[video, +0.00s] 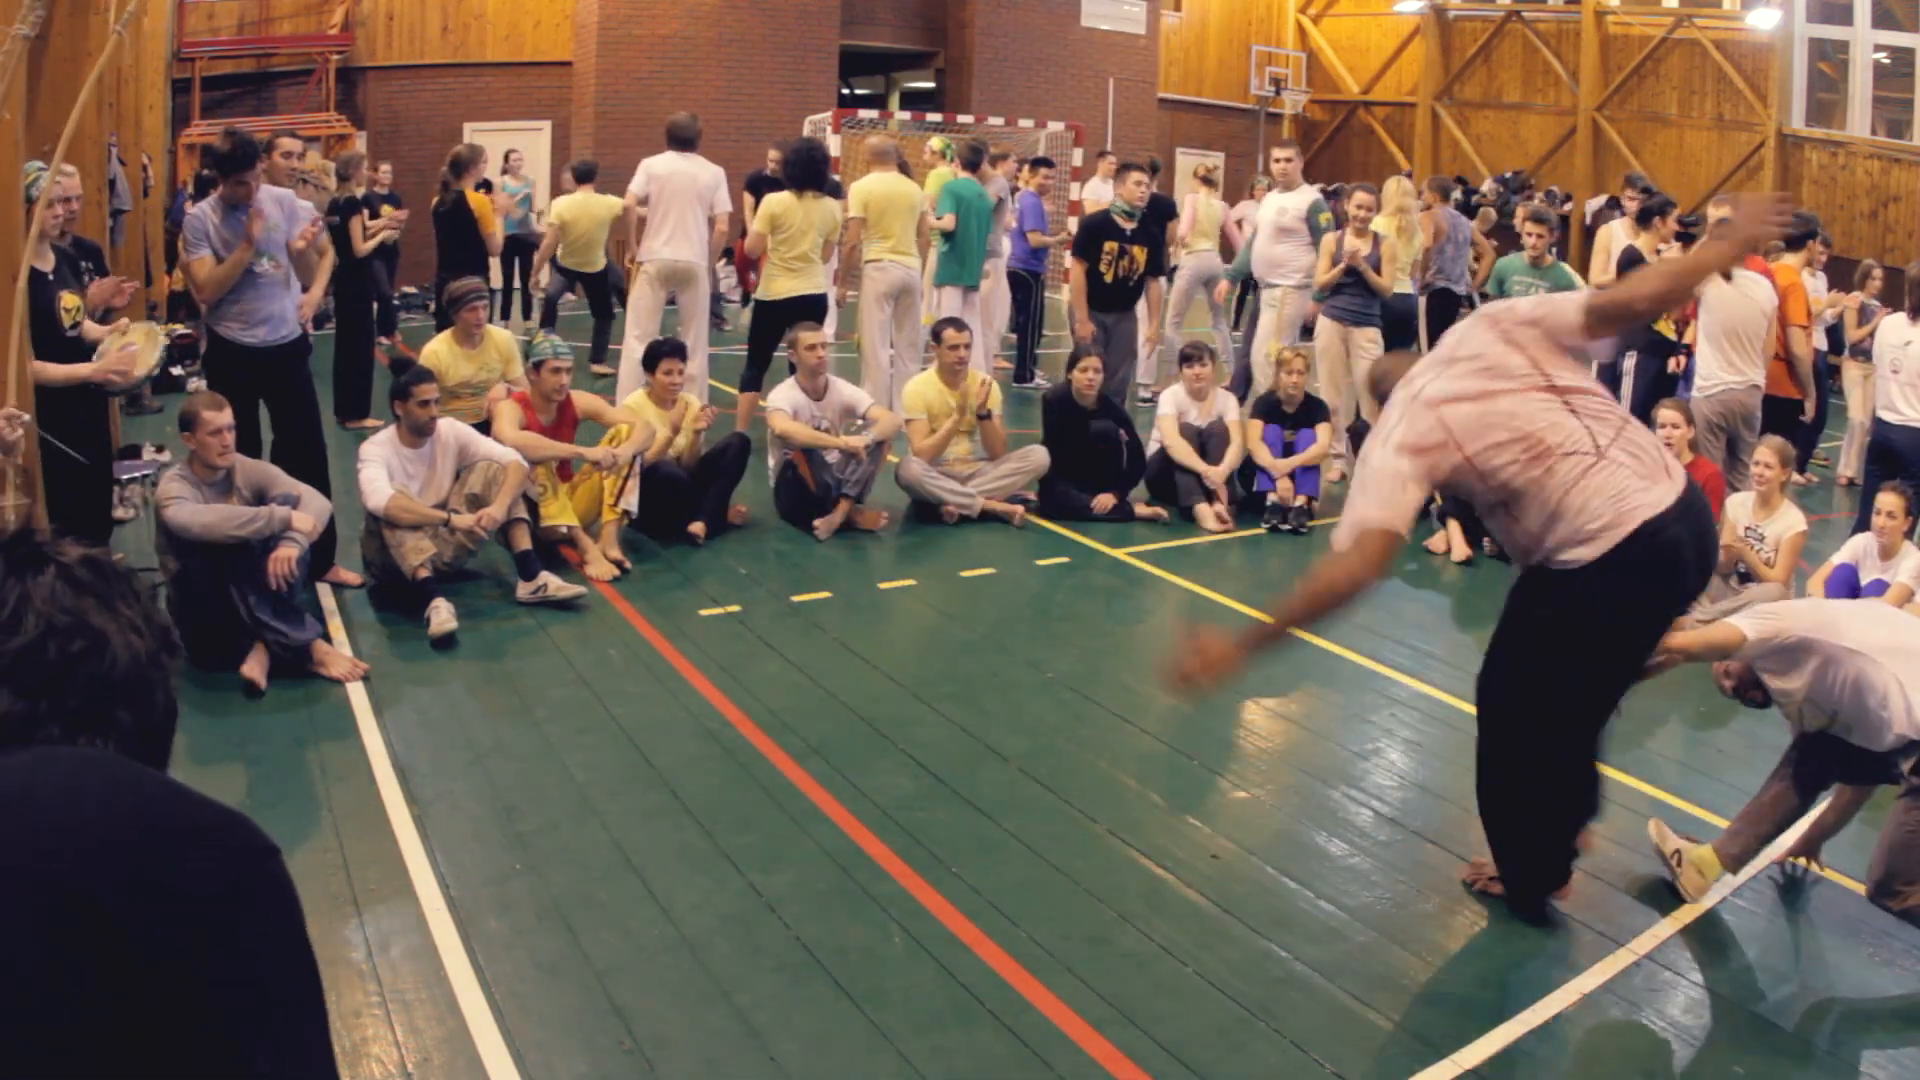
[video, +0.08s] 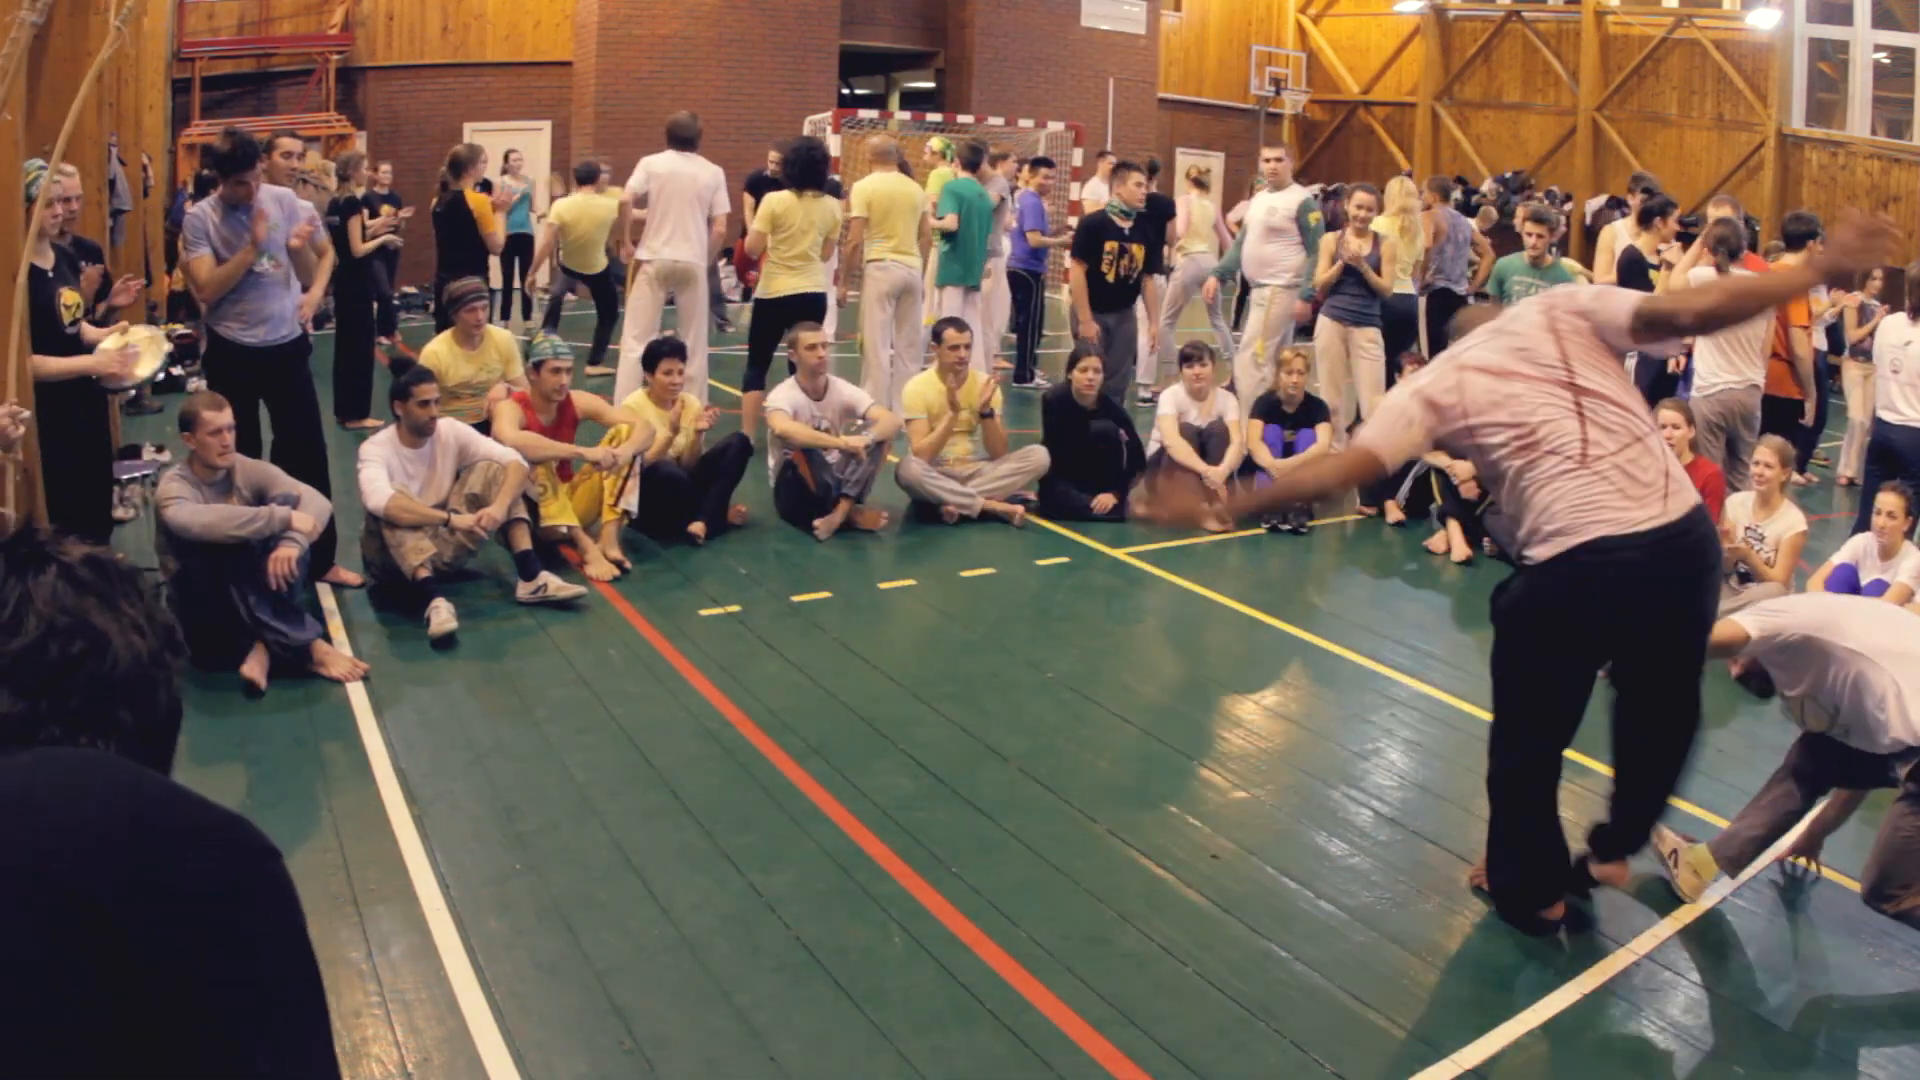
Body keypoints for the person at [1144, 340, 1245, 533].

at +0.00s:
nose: (1197, 372)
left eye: (1203, 365)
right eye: (1189, 366)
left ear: (1213, 369)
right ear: (1181, 372)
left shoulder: (1227, 399)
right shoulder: (1170, 396)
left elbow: (1238, 443)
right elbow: (1170, 441)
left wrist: (1222, 472)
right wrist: (1207, 472)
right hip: (1167, 481)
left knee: (1218, 428)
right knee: (1187, 430)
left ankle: (1220, 502)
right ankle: (1199, 505)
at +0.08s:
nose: (1197, 372)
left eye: (1203, 365)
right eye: (1190, 367)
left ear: (1213, 368)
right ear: (1181, 371)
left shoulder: (1227, 399)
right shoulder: (1170, 396)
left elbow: (1238, 443)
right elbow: (1171, 441)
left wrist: (1223, 472)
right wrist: (1206, 471)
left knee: (1218, 428)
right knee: (1187, 430)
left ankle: (1218, 505)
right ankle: (1200, 508)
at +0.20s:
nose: (1196, 372)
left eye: (1203, 365)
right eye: (1189, 367)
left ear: (1213, 369)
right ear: (1181, 371)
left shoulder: (1227, 399)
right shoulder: (1170, 396)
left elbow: (1238, 443)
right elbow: (1171, 441)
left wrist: (1224, 470)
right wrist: (1209, 474)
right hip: (1167, 482)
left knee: (1218, 428)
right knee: (1187, 430)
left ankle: (1220, 502)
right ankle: (1199, 505)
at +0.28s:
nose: (1196, 372)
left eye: (1203, 365)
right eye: (1189, 366)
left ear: (1213, 369)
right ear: (1181, 371)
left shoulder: (1227, 399)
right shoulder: (1170, 396)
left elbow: (1238, 442)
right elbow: (1171, 441)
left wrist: (1224, 470)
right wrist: (1209, 474)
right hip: (1167, 481)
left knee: (1218, 428)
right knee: (1187, 430)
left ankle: (1220, 502)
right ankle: (1199, 505)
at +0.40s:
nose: (1196, 372)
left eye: (1203, 365)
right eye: (1189, 367)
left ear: (1214, 369)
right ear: (1181, 371)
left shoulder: (1227, 398)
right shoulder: (1170, 396)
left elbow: (1238, 442)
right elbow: (1170, 441)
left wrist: (1224, 471)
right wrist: (1209, 474)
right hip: (1167, 482)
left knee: (1217, 428)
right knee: (1186, 430)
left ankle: (1220, 502)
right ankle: (1199, 505)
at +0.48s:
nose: (1196, 372)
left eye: (1203, 365)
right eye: (1189, 367)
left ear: (1213, 369)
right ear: (1181, 371)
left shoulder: (1226, 399)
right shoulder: (1170, 396)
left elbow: (1238, 442)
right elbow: (1170, 441)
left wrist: (1224, 471)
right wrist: (1209, 474)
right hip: (1167, 482)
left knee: (1217, 428)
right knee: (1186, 430)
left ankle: (1220, 502)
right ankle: (1199, 505)